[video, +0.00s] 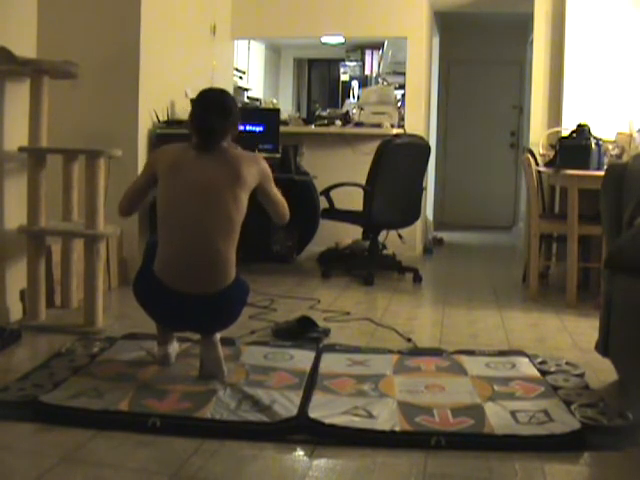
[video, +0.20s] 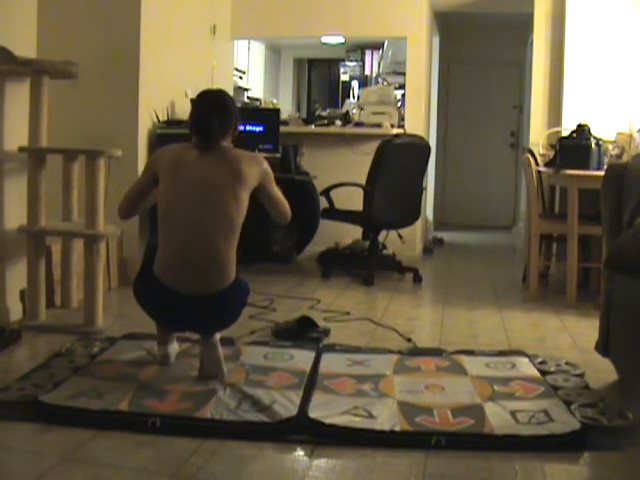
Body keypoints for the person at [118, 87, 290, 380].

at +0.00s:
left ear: (191, 122)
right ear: (234, 128)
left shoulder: (164, 157)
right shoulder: (251, 165)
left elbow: (125, 208)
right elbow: (282, 216)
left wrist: (156, 181)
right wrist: (260, 175)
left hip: (165, 308)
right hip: (218, 311)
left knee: (155, 242)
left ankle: (165, 345)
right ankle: (211, 342)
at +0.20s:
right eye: (235, 124)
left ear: (191, 124)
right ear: (234, 129)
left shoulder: (165, 158)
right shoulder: (252, 165)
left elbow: (125, 211)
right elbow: (284, 215)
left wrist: (158, 185)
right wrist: (261, 178)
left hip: (165, 307)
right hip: (218, 310)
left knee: (156, 241)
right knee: (238, 284)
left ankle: (165, 345)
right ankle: (211, 341)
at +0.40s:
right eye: (237, 123)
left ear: (192, 123)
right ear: (235, 129)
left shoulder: (166, 158)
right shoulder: (253, 165)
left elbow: (127, 209)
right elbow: (285, 216)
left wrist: (162, 185)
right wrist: (262, 183)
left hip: (165, 307)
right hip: (218, 310)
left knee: (156, 243)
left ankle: (165, 346)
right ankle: (211, 341)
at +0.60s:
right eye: (240, 127)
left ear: (193, 124)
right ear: (236, 131)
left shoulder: (167, 158)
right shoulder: (254, 166)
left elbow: (128, 210)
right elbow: (287, 218)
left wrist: (161, 187)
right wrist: (260, 185)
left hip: (165, 307)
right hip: (218, 311)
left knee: (156, 244)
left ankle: (164, 346)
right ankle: (212, 341)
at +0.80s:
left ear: (196, 127)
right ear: (238, 135)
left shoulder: (167, 159)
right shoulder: (256, 169)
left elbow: (126, 213)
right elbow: (281, 232)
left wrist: (167, 196)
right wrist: (248, 202)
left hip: (165, 309)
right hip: (219, 312)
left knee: (154, 235)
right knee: (240, 287)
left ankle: (164, 344)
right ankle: (211, 342)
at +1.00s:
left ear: (196, 125)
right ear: (238, 135)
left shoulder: (169, 156)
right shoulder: (256, 168)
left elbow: (124, 208)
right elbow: (276, 231)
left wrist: (167, 193)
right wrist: (247, 203)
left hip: (165, 308)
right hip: (216, 312)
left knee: (151, 236)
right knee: (237, 285)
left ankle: (163, 346)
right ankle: (209, 340)